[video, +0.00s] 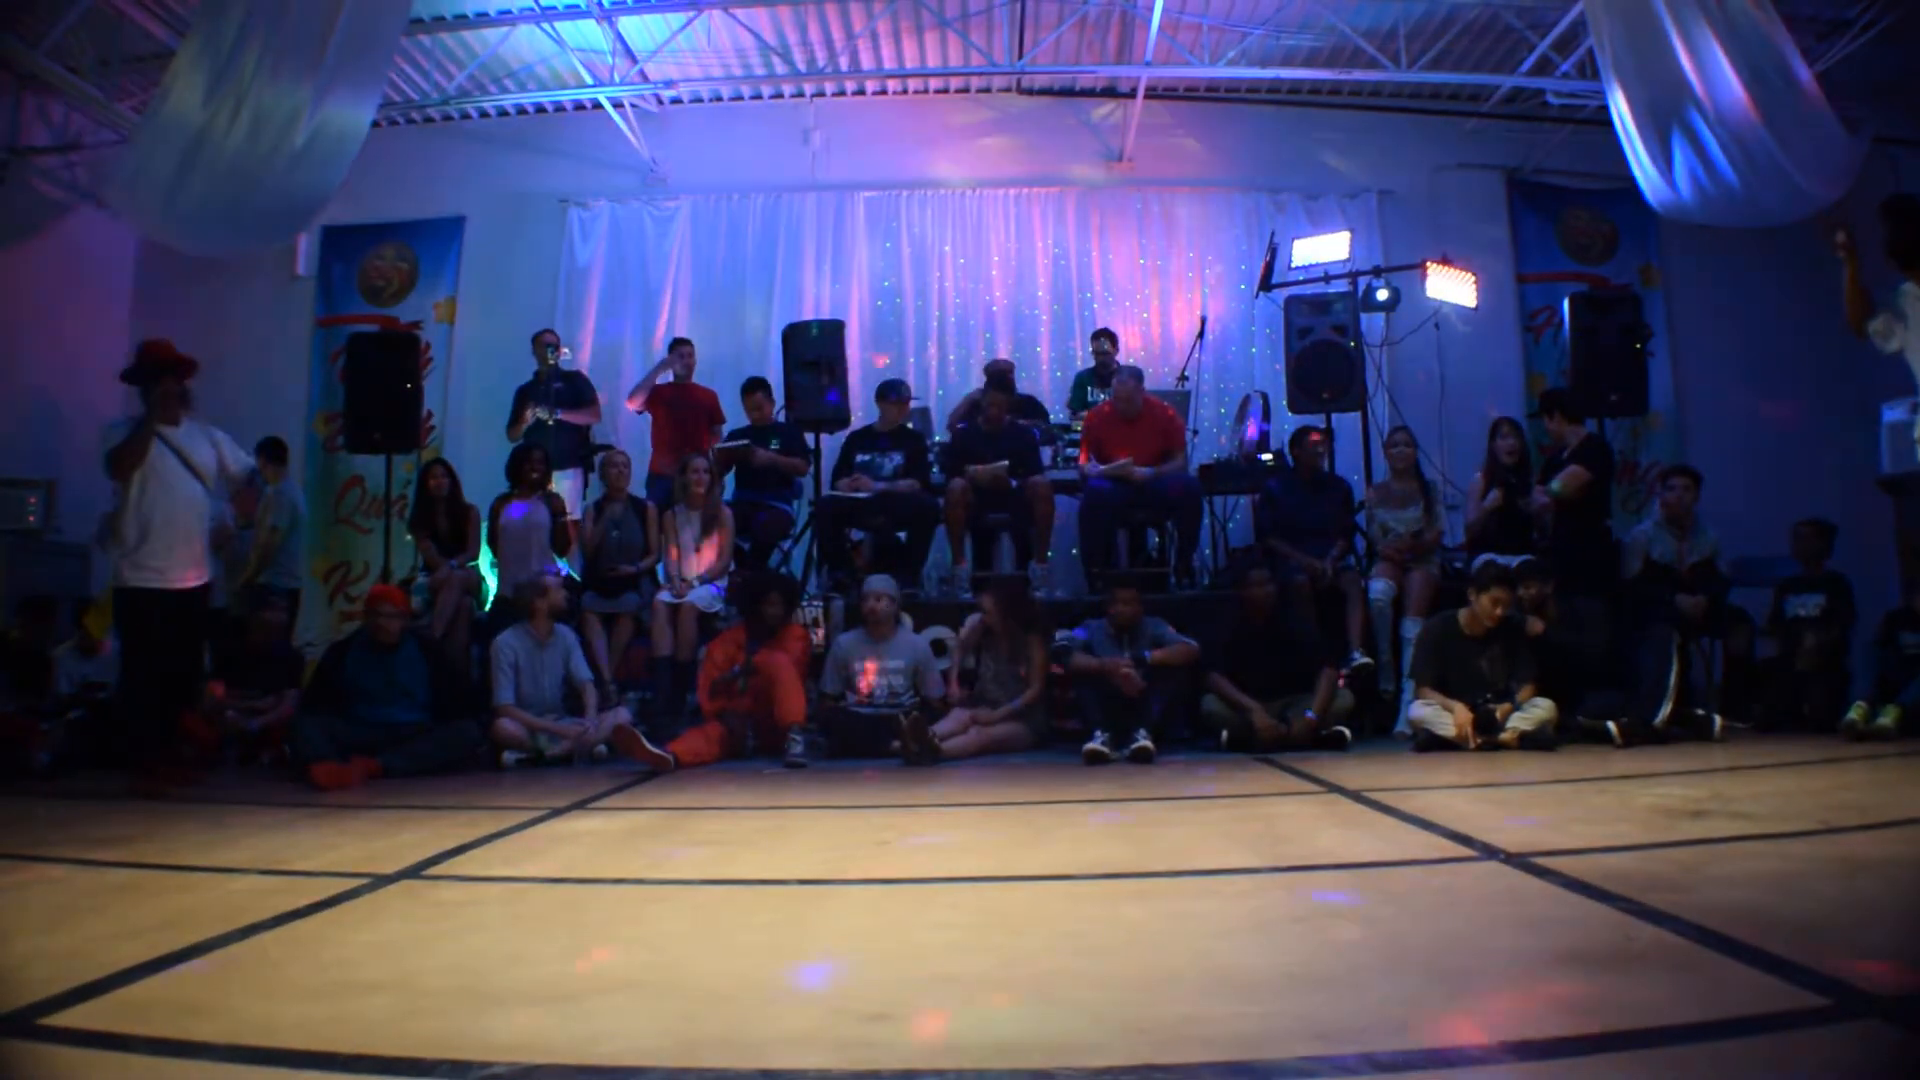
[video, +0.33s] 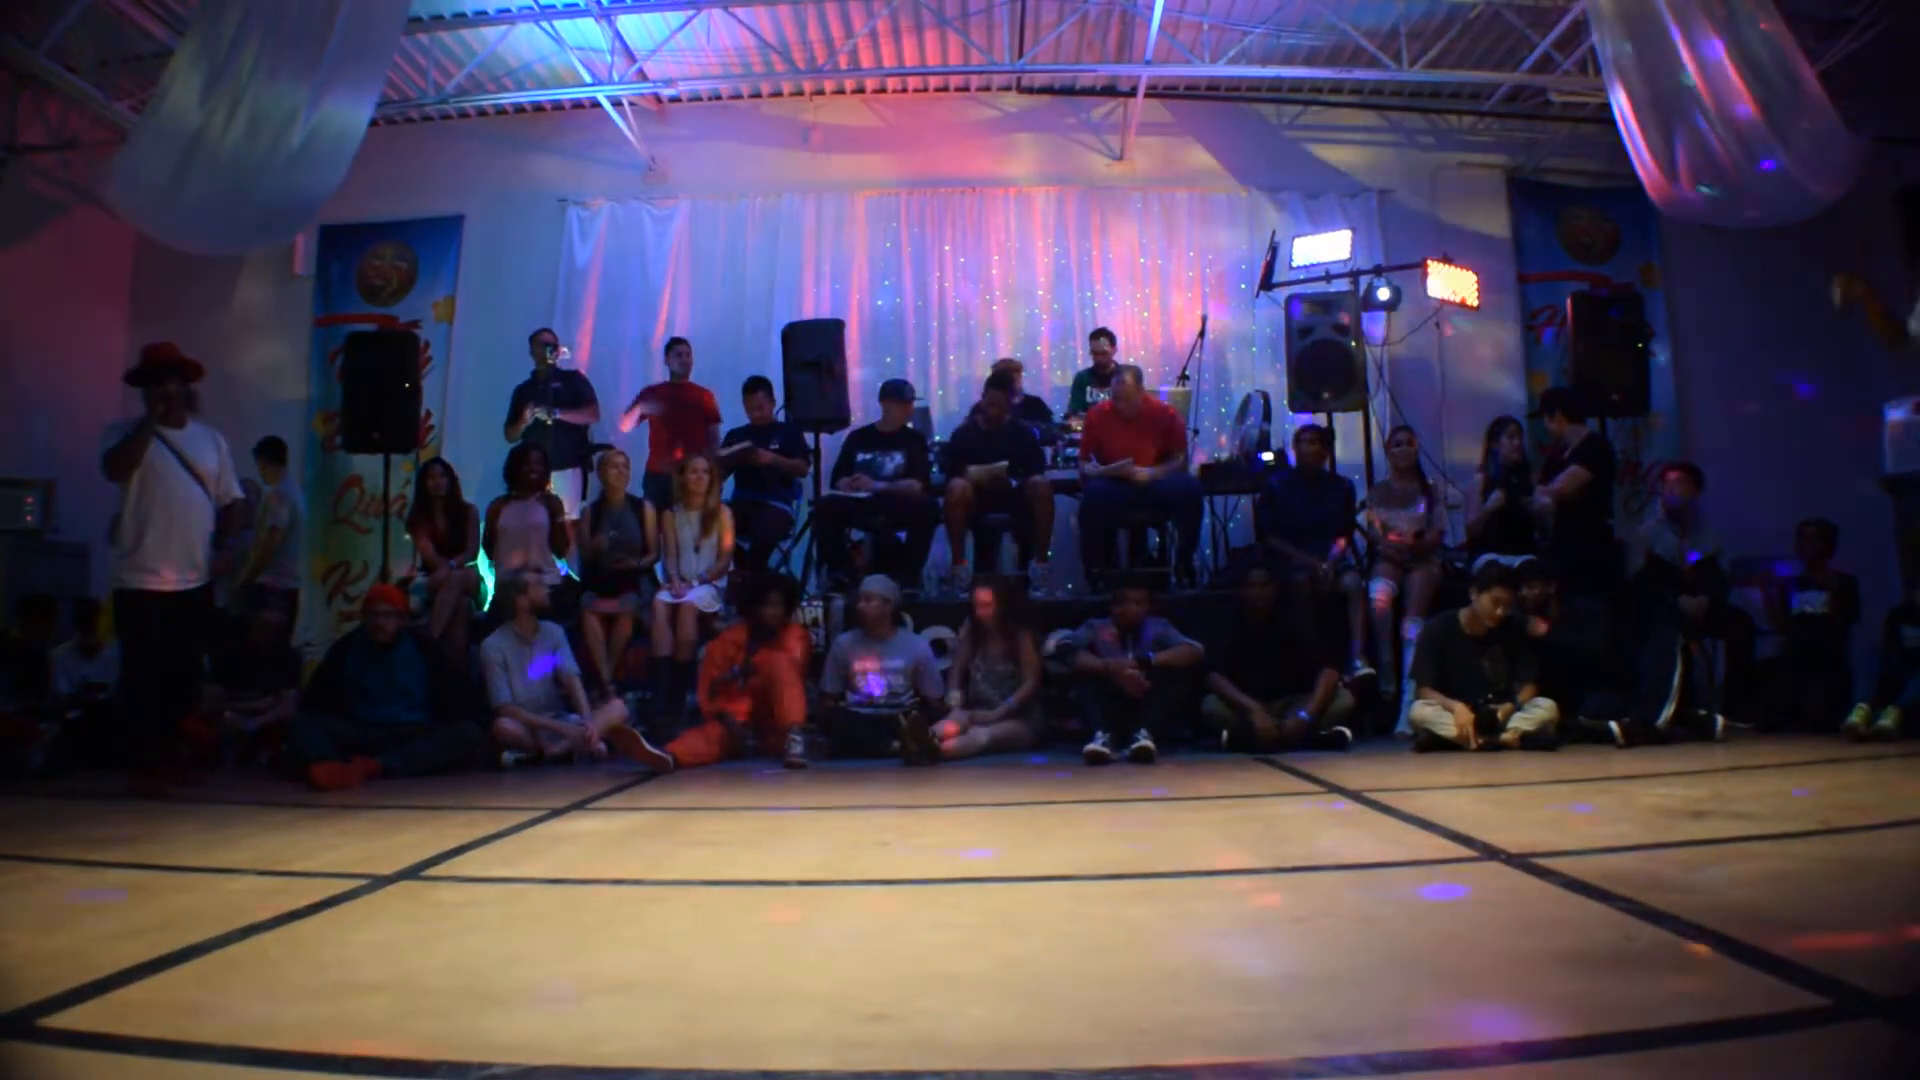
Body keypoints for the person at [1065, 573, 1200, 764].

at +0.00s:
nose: (1124, 610)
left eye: (1129, 604)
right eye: (1119, 604)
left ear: (1139, 607)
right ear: (1110, 608)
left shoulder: (1153, 628)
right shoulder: (1094, 630)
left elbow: (1190, 650)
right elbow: (1063, 653)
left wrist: (1143, 660)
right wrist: (1112, 668)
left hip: (1145, 700)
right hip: (1106, 700)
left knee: (1168, 672)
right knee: (1088, 673)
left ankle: (1143, 734)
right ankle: (1100, 734)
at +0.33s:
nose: (1131, 609)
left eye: (1138, 603)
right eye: (1125, 603)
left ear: (1147, 607)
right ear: (1114, 607)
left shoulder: (1156, 628)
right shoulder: (1097, 629)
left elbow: (1194, 651)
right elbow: (1067, 652)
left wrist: (1145, 662)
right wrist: (1114, 670)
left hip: (1148, 700)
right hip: (1109, 700)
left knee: (1172, 672)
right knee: (1089, 674)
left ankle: (1144, 734)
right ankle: (1101, 734)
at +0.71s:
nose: (1161, 608)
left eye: (1160, 602)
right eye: (1155, 602)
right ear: (1133, 607)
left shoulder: (1162, 630)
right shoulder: (1102, 629)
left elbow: (1193, 651)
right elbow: (1066, 649)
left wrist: (1143, 661)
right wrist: (1112, 666)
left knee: (1173, 669)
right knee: (1088, 673)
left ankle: (1143, 733)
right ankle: (1101, 734)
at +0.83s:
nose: (1162, 609)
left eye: (1162, 602)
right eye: (1156, 603)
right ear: (1135, 608)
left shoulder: (1164, 631)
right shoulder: (1103, 629)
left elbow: (1195, 652)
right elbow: (1065, 647)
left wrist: (1143, 661)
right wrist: (1110, 666)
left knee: (1173, 672)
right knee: (1087, 674)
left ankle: (1143, 734)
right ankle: (1102, 735)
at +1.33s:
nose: (1155, 608)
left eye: (1155, 602)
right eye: (1148, 602)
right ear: (1127, 607)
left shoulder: (1160, 629)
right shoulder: (1101, 630)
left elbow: (1192, 651)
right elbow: (1063, 649)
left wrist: (1144, 660)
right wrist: (1110, 669)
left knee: (1172, 670)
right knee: (1085, 671)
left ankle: (1143, 733)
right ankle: (1101, 734)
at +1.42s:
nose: (1151, 608)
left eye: (1151, 602)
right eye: (1144, 603)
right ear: (1125, 608)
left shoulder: (1159, 629)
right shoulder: (1100, 630)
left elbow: (1192, 651)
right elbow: (1061, 650)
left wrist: (1143, 660)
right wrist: (1110, 671)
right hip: (1109, 701)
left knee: (1172, 669)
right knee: (1088, 672)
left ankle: (1144, 734)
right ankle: (1101, 735)